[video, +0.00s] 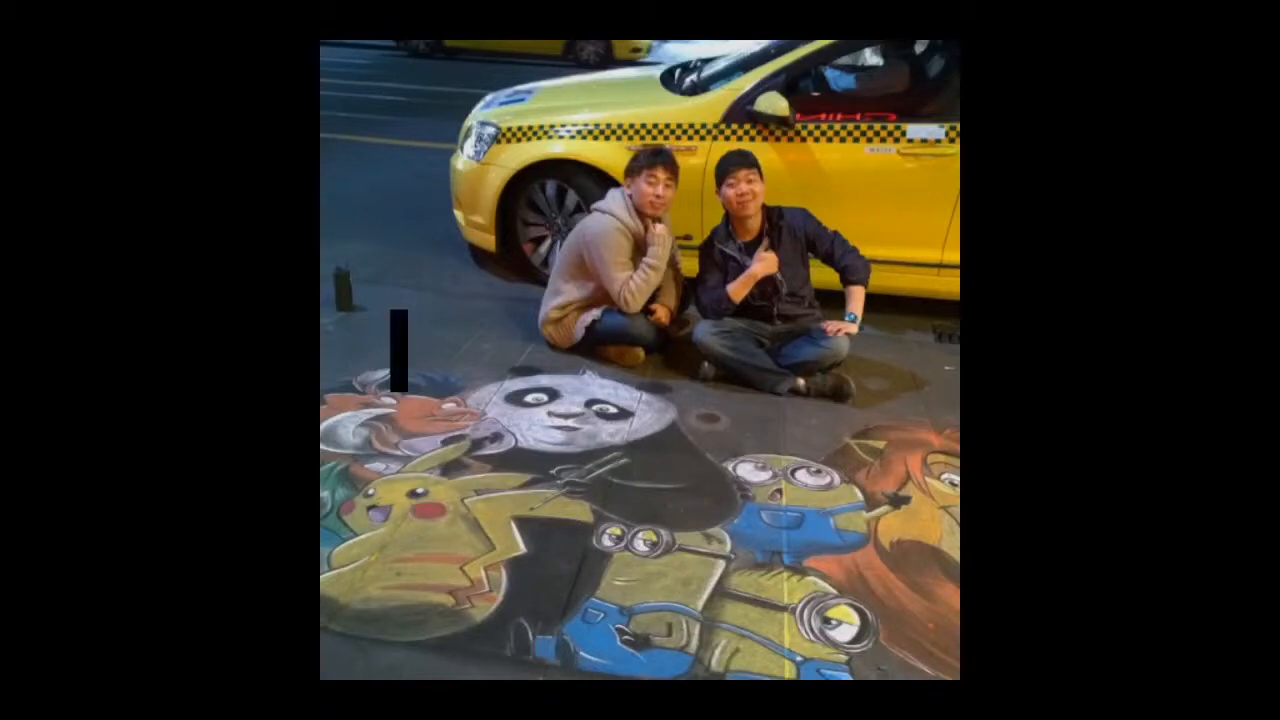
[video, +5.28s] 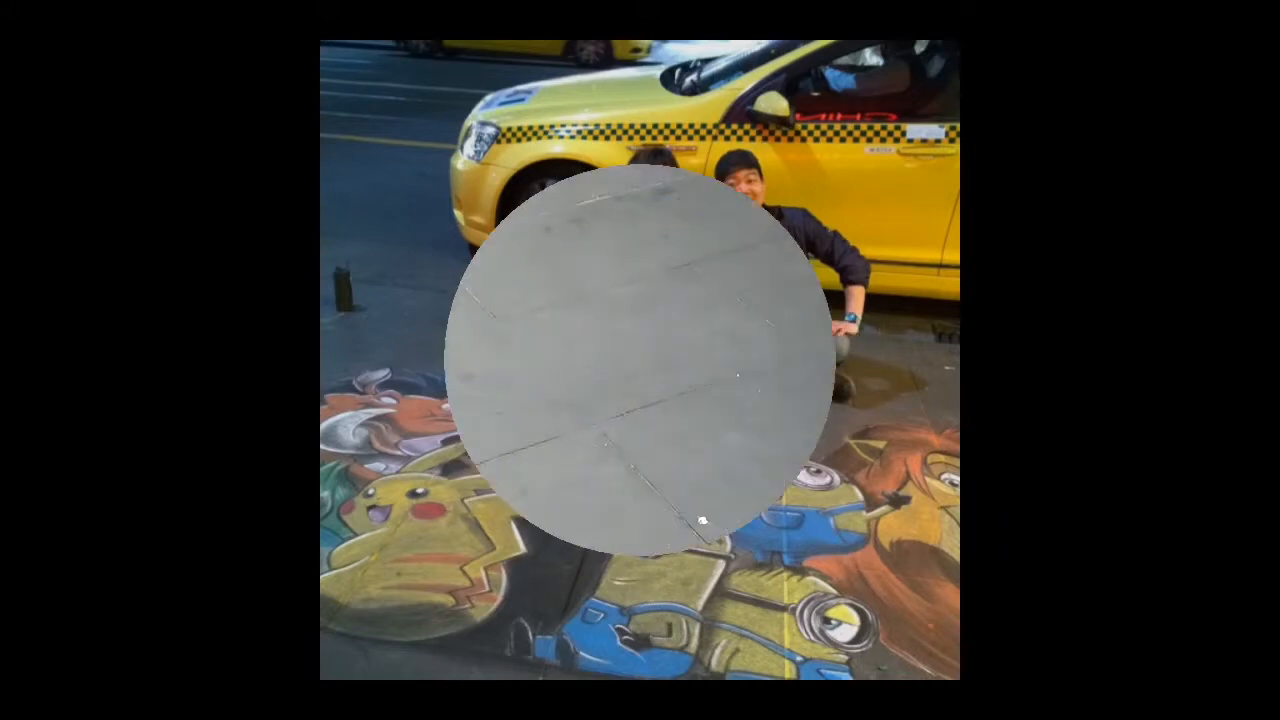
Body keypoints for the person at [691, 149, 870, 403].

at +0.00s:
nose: (743, 190)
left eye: (750, 181)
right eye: (732, 185)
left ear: (763, 187)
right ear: (720, 195)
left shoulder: (795, 222)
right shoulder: (714, 246)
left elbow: (853, 262)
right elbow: (709, 309)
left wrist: (851, 319)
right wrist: (753, 274)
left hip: (799, 327)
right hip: (747, 327)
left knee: (837, 344)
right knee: (704, 334)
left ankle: (733, 372)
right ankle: (799, 386)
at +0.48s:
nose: (743, 191)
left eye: (750, 181)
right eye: (732, 185)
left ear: (763, 187)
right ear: (720, 195)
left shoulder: (795, 222)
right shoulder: (713, 246)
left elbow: (853, 262)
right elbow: (708, 307)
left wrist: (851, 319)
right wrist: (752, 275)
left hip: (799, 324)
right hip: (743, 329)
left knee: (837, 344)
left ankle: (751, 372)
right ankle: (806, 387)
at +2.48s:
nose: (743, 190)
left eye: (750, 181)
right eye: (732, 184)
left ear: (763, 184)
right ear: (721, 192)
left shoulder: (791, 220)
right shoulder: (716, 230)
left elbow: (853, 262)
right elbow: (707, 303)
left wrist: (851, 319)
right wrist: (751, 276)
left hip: (800, 325)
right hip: (747, 324)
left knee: (837, 345)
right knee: (708, 333)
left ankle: (732, 371)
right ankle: (798, 386)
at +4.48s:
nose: (743, 191)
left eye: (750, 181)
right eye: (732, 185)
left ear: (763, 187)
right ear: (720, 195)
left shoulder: (795, 222)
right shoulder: (714, 246)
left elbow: (853, 263)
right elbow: (710, 310)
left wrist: (849, 321)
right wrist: (753, 274)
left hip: (800, 329)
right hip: (747, 329)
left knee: (838, 346)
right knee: (704, 334)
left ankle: (733, 372)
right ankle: (797, 386)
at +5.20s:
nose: (742, 190)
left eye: (750, 181)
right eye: (732, 184)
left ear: (763, 187)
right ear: (720, 195)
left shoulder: (795, 222)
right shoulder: (713, 245)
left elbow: (853, 262)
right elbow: (709, 301)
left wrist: (852, 320)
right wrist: (753, 273)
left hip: (799, 329)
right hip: (744, 333)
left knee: (837, 346)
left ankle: (749, 370)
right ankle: (799, 386)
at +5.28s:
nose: (743, 190)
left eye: (750, 181)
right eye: (733, 184)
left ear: (763, 186)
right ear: (720, 191)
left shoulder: (792, 221)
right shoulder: (713, 231)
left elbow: (853, 262)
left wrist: (851, 320)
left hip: (792, 326)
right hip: (735, 331)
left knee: (839, 344)